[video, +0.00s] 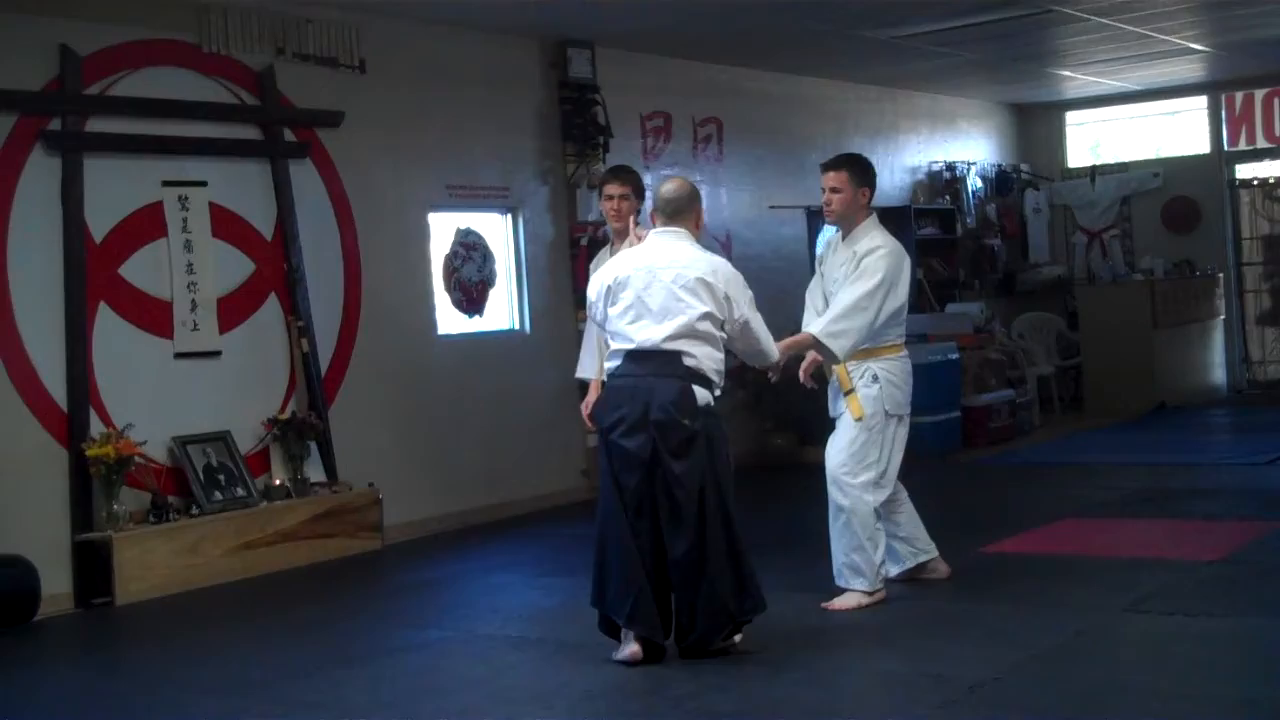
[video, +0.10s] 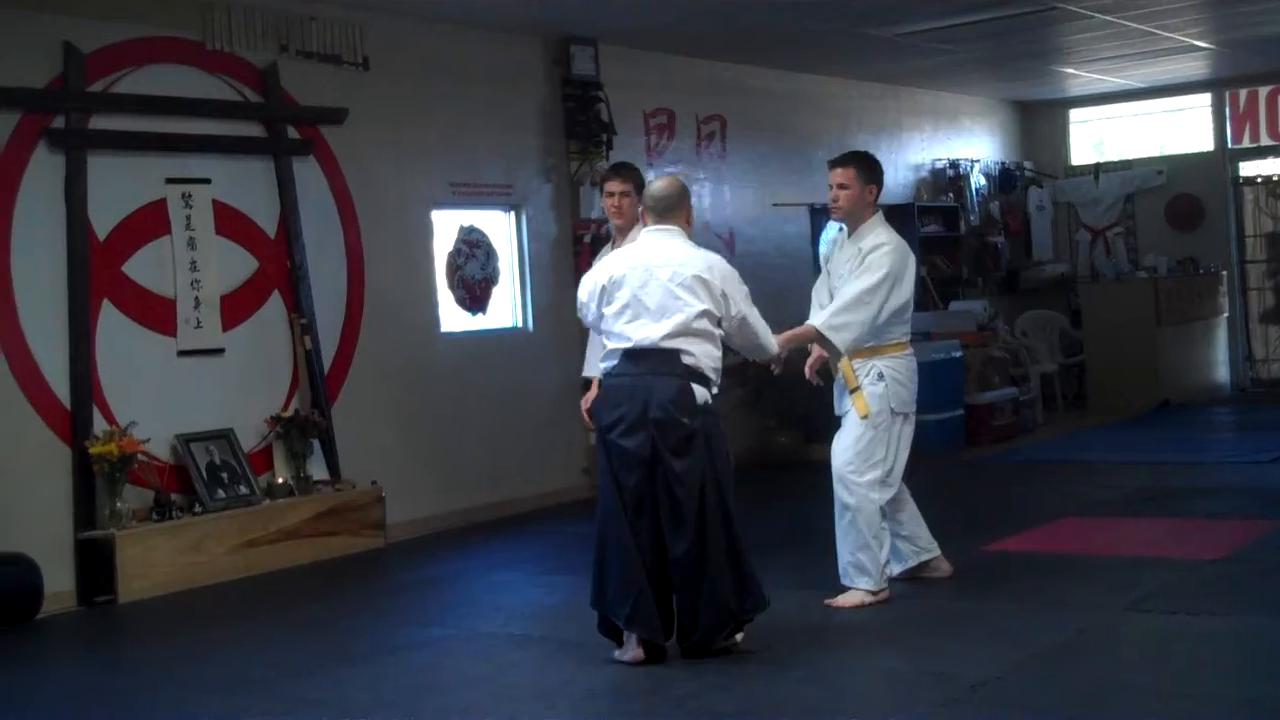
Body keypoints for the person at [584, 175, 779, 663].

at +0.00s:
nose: (704, 221)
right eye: (703, 215)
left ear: (652, 216)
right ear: (699, 218)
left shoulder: (613, 268)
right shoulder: (715, 270)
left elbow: (596, 324)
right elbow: (760, 350)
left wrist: (623, 255)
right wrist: (782, 351)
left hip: (620, 391)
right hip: (685, 391)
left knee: (628, 512)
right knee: (698, 509)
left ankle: (636, 633)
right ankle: (709, 628)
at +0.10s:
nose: (695, 218)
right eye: (693, 211)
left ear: (643, 213)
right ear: (688, 215)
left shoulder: (609, 265)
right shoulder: (711, 266)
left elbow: (586, 313)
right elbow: (751, 333)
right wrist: (772, 352)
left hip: (618, 390)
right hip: (682, 389)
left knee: (627, 513)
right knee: (698, 508)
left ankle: (636, 635)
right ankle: (711, 628)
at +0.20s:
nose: (684, 218)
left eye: (627, 209)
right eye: (682, 211)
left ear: (632, 215)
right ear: (676, 214)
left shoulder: (599, 268)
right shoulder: (703, 265)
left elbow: (579, 330)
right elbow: (749, 335)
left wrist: (611, 357)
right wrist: (770, 346)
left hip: (614, 393)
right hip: (679, 390)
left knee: (624, 515)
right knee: (694, 509)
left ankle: (635, 638)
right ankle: (707, 630)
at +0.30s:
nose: (674, 216)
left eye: (615, 208)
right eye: (672, 209)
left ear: (621, 215)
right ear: (667, 213)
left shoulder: (591, 271)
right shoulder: (697, 264)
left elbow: (573, 351)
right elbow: (749, 336)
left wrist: (586, 381)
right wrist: (768, 335)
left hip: (610, 397)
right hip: (677, 393)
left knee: (622, 516)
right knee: (692, 510)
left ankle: (637, 638)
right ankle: (706, 631)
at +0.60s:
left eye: (600, 210)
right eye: (655, 208)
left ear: (604, 216)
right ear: (653, 212)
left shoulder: (578, 272)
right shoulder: (686, 265)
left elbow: (552, 347)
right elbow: (737, 334)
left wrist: (554, 416)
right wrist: (759, 330)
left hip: (604, 402)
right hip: (668, 399)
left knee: (612, 518)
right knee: (687, 512)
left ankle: (633, 638)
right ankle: (706, 628)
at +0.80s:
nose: (595, 214)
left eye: (596, 208)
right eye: (653, 206)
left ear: (601, 214)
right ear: (652, 211)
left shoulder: (576, 272)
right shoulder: (685, 265)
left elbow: (551, 343)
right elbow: (733, 336)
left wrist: (553, 416)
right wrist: (752, 338)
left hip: (603, 402)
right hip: (668, 400)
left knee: (612, 520)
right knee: (685, 513)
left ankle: (633, 638)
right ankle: (704, 628)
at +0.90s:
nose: (596, 215)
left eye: (596, 209)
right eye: (654, 207)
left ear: (602, 214)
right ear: (652, 210)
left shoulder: (578, 272)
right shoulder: (686, 265)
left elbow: (552, 356)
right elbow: (735, 339)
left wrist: (562, 414)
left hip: (604, 403)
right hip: (669, 400)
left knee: (612, 520)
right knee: (687, 513)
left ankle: (632, 638)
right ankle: (708, 626)